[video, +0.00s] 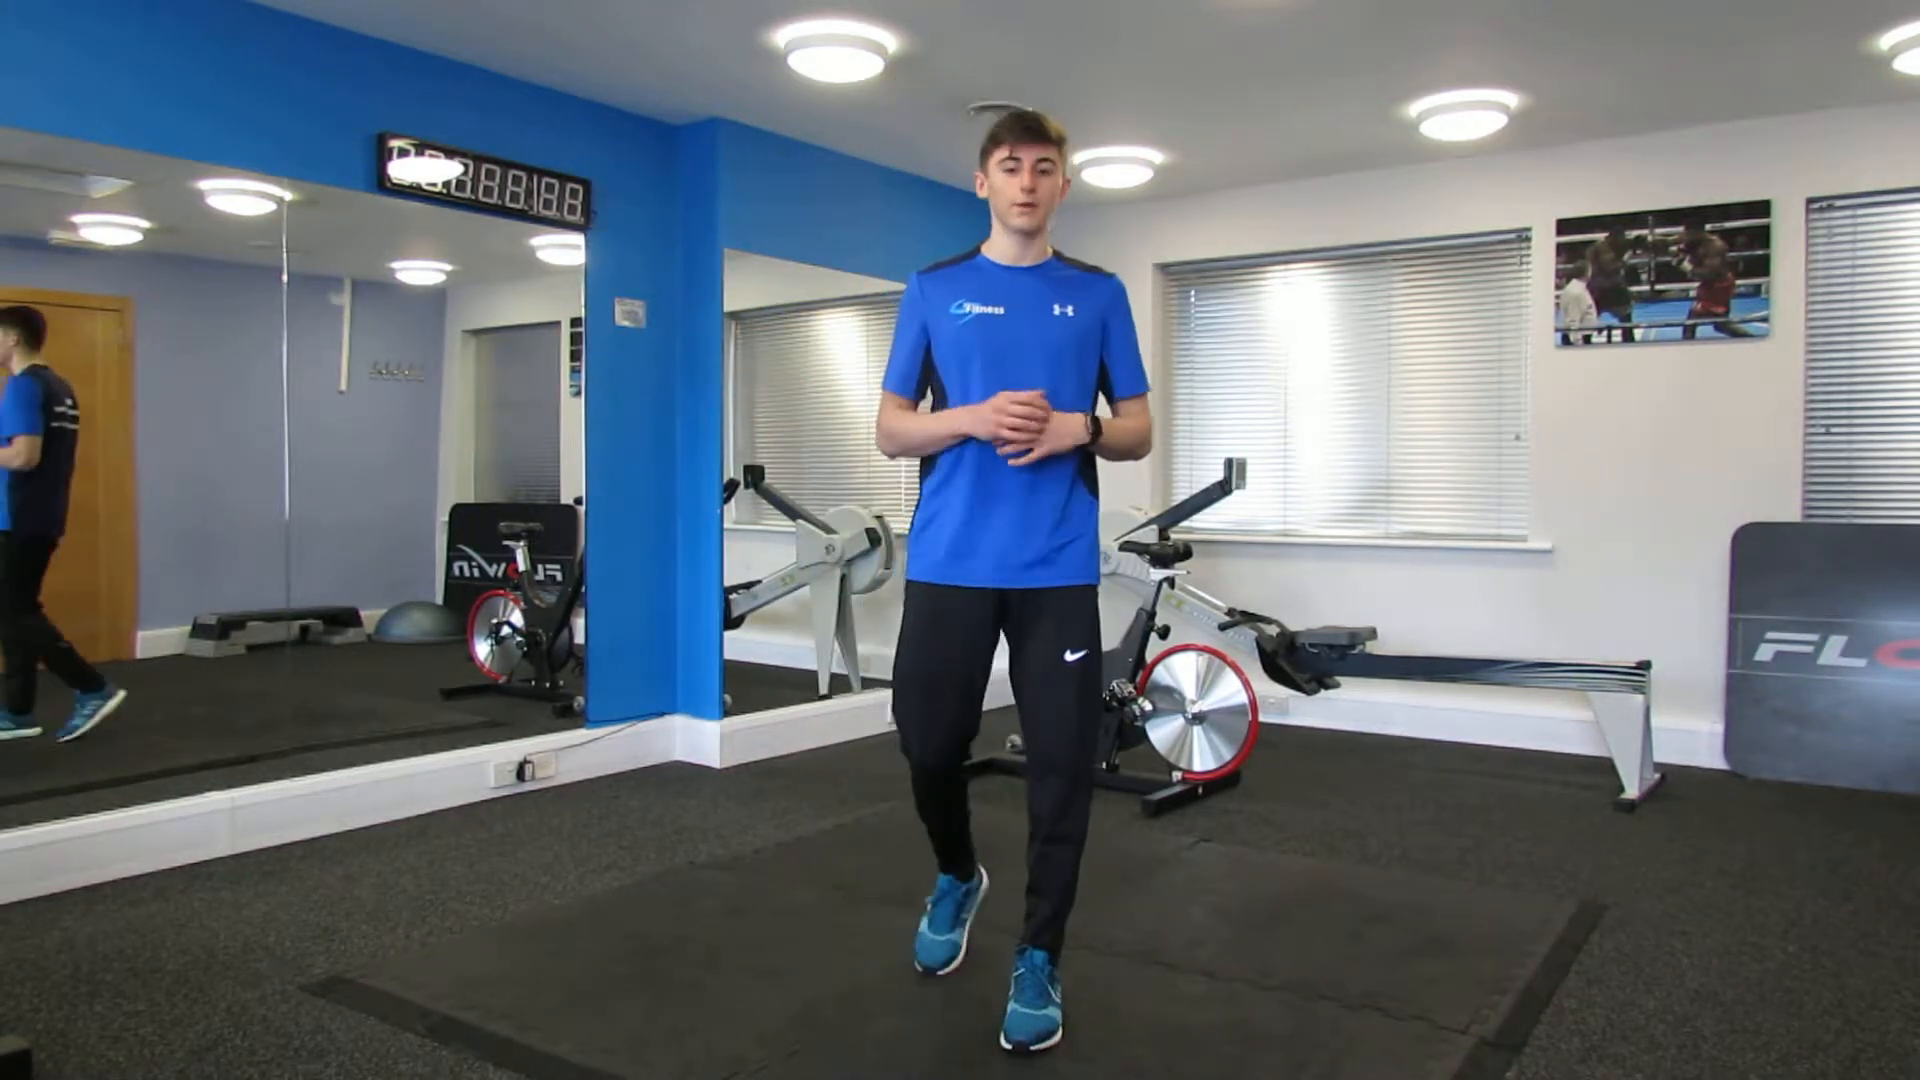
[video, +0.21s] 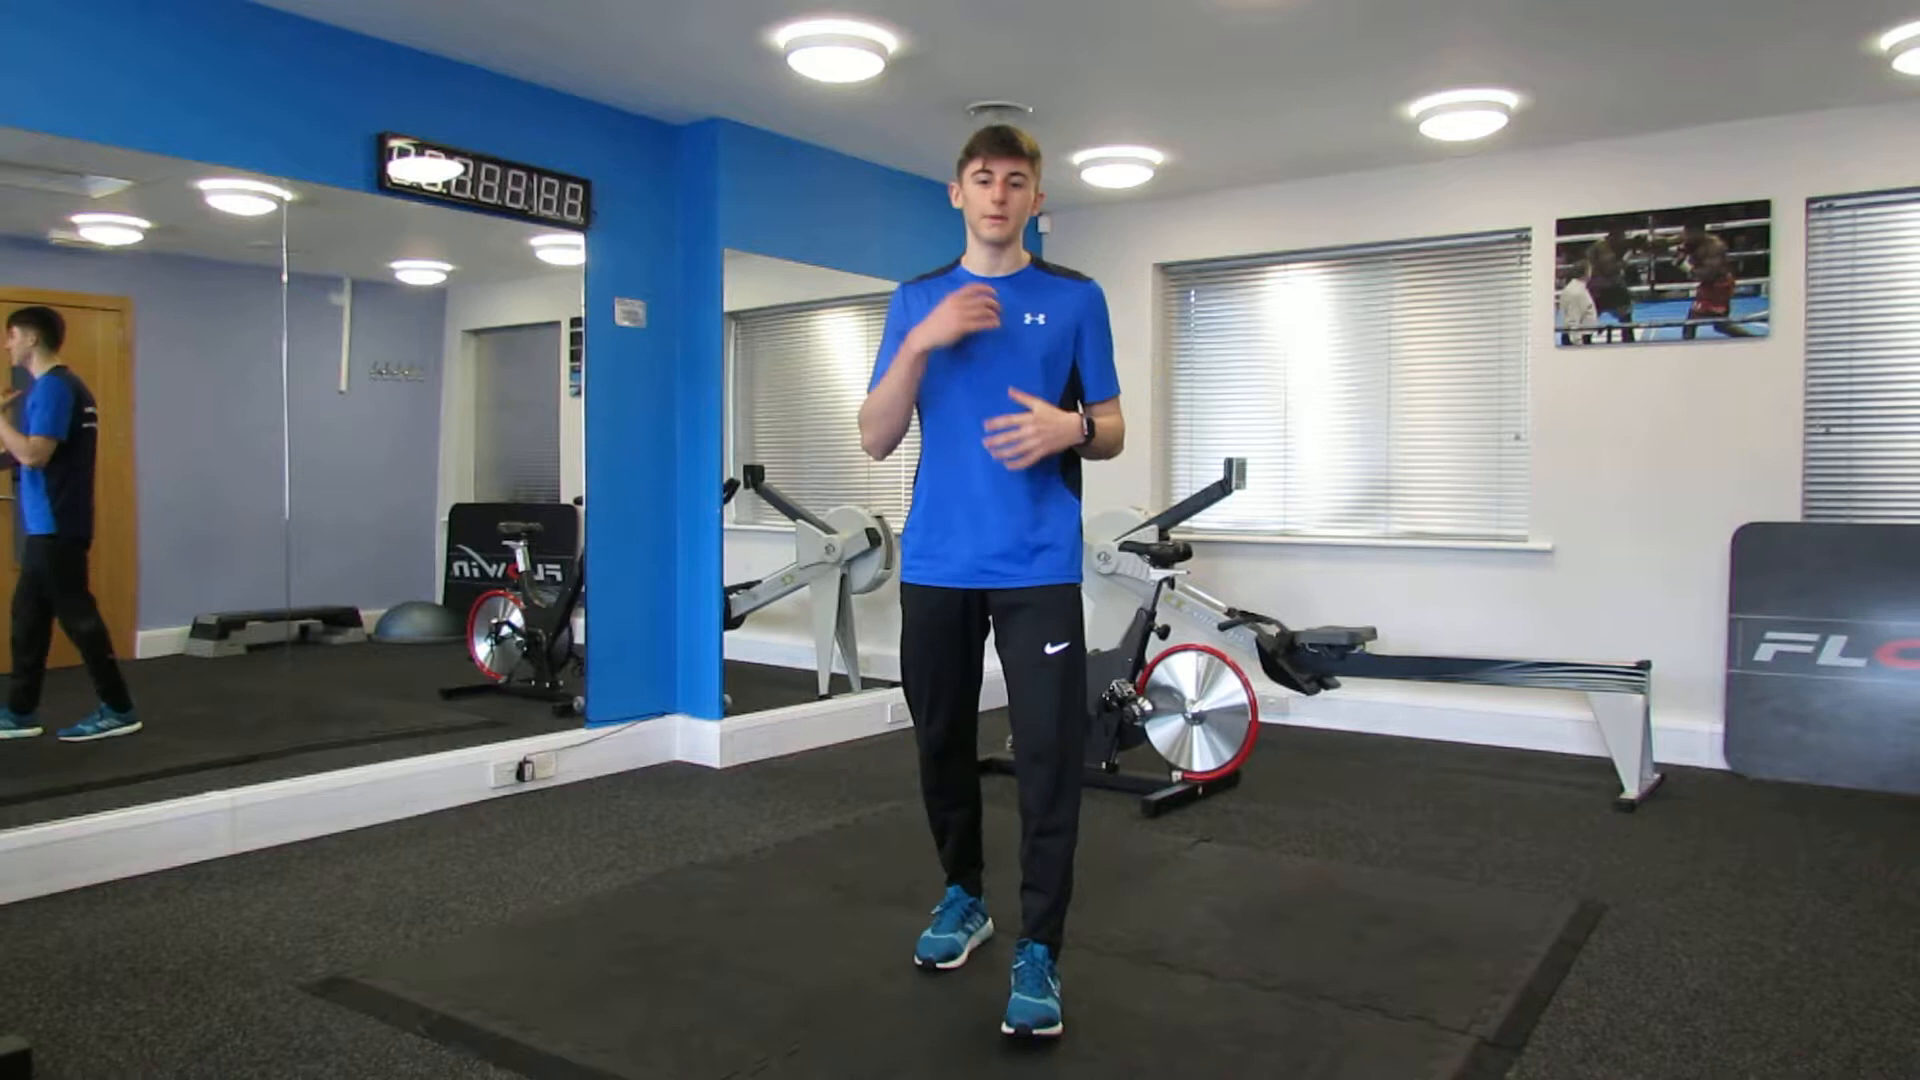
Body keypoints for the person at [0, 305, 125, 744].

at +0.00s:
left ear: (13, 340)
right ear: (31, 341)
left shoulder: (24, 385)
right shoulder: (59, 387)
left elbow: (24, 455)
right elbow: (51, 458)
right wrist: (10, 451)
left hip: (20, 524)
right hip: (41, 523)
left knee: (18, 612)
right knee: (16, 613)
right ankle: (16, 711)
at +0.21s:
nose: (7, 345)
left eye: (12, 337)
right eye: (9, 337)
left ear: (32, 339)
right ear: (44, 341)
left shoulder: (54, 387)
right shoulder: (64, 387)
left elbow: (35, 453)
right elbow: (27, 451)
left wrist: (3, 421)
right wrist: (10, 418)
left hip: (56, 530)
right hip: (51, 529)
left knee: (78, 616)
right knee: (28, 614)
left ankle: (119, 708)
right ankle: (19, 711)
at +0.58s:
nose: (34, 347)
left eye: (39, 338)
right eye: (34, 338)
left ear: (62, 340)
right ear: (67, 342)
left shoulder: (87, 387)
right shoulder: (87, 385)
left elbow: (98, 459)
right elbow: (91, 454)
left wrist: (44, 446)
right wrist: (48, 451)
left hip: (96, 528)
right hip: (89, 526)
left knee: (100, 616)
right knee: (66, 614)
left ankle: (122, 710)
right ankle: (35, 708)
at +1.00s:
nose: (40, 345)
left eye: (45, 336)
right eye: (41, 336)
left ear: (67, 339)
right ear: (75, 340)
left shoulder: (92, 387)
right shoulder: (92, 384)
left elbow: (89, 458)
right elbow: (87, 454)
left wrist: (44, 447)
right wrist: (49, 452)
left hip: (92, 526)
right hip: (86, 525)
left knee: (94, 610)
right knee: (65, 604)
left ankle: (117, 708)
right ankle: (96, 702)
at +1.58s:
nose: (14, 350)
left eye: (19, 340)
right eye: (15, 341)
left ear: (38, 342)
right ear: (49, 343)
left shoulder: (54, 389)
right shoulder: (83, 388)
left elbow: (54, 456)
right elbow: (70, 454)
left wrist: (13, 448)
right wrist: (22, 451)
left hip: (57, 524)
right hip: (84, 523)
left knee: (31, 607)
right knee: (75, 606)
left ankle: (99, 694)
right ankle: (98, 698)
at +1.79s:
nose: (1, 350)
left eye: (5, 341)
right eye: (2, 341)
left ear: (24, 344)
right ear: (38, 345)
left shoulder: (39, 387)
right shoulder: (70, 388)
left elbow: (47, 457)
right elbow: (69, 457)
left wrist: (6, 450)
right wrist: (20, 452)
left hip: (37, 525)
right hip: (70, 525)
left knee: (8, 609)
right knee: (72, 610)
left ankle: (39, 703)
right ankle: (100, 703)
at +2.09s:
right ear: (11, 343)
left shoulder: (9, 388)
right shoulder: (32, 389)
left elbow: (11, 459)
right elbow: (37, 459)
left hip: (16, 528)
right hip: (40, 526)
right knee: (54, 611)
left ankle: (97, 700)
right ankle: (97, 701)